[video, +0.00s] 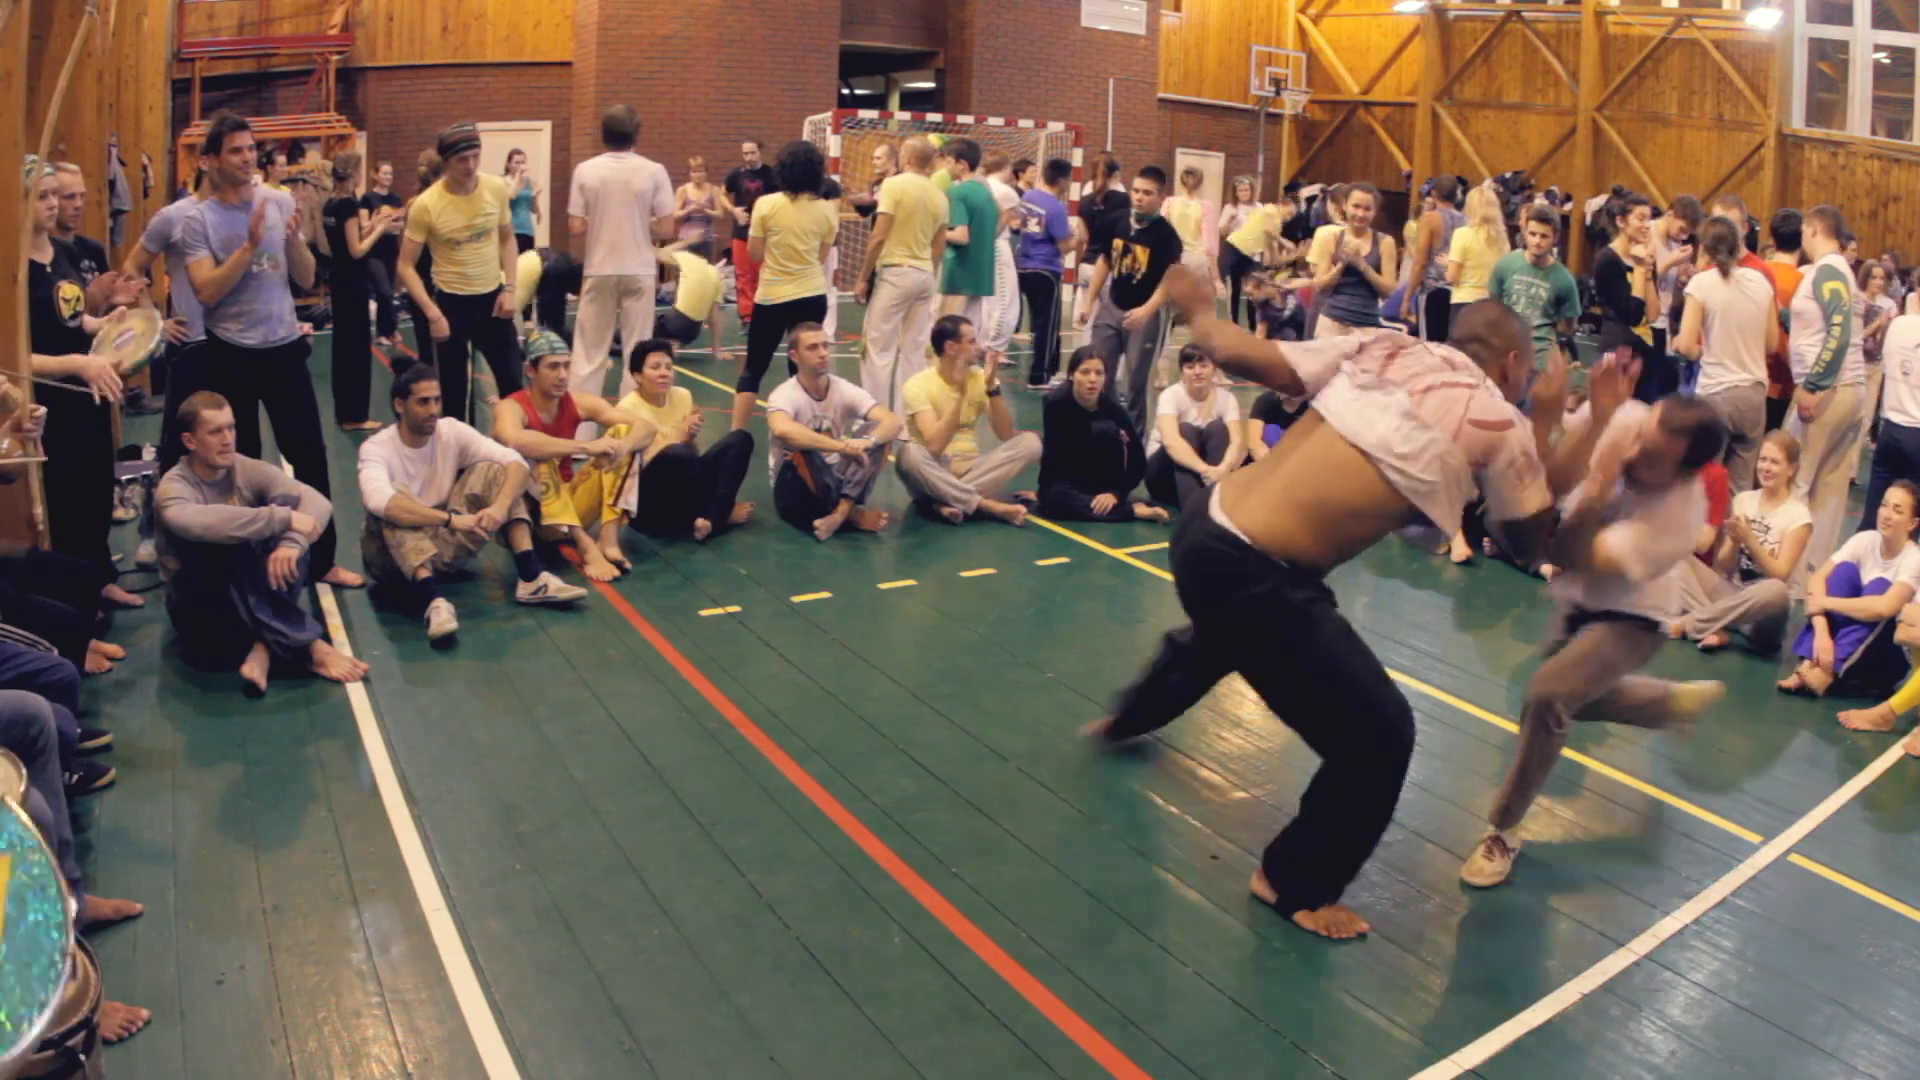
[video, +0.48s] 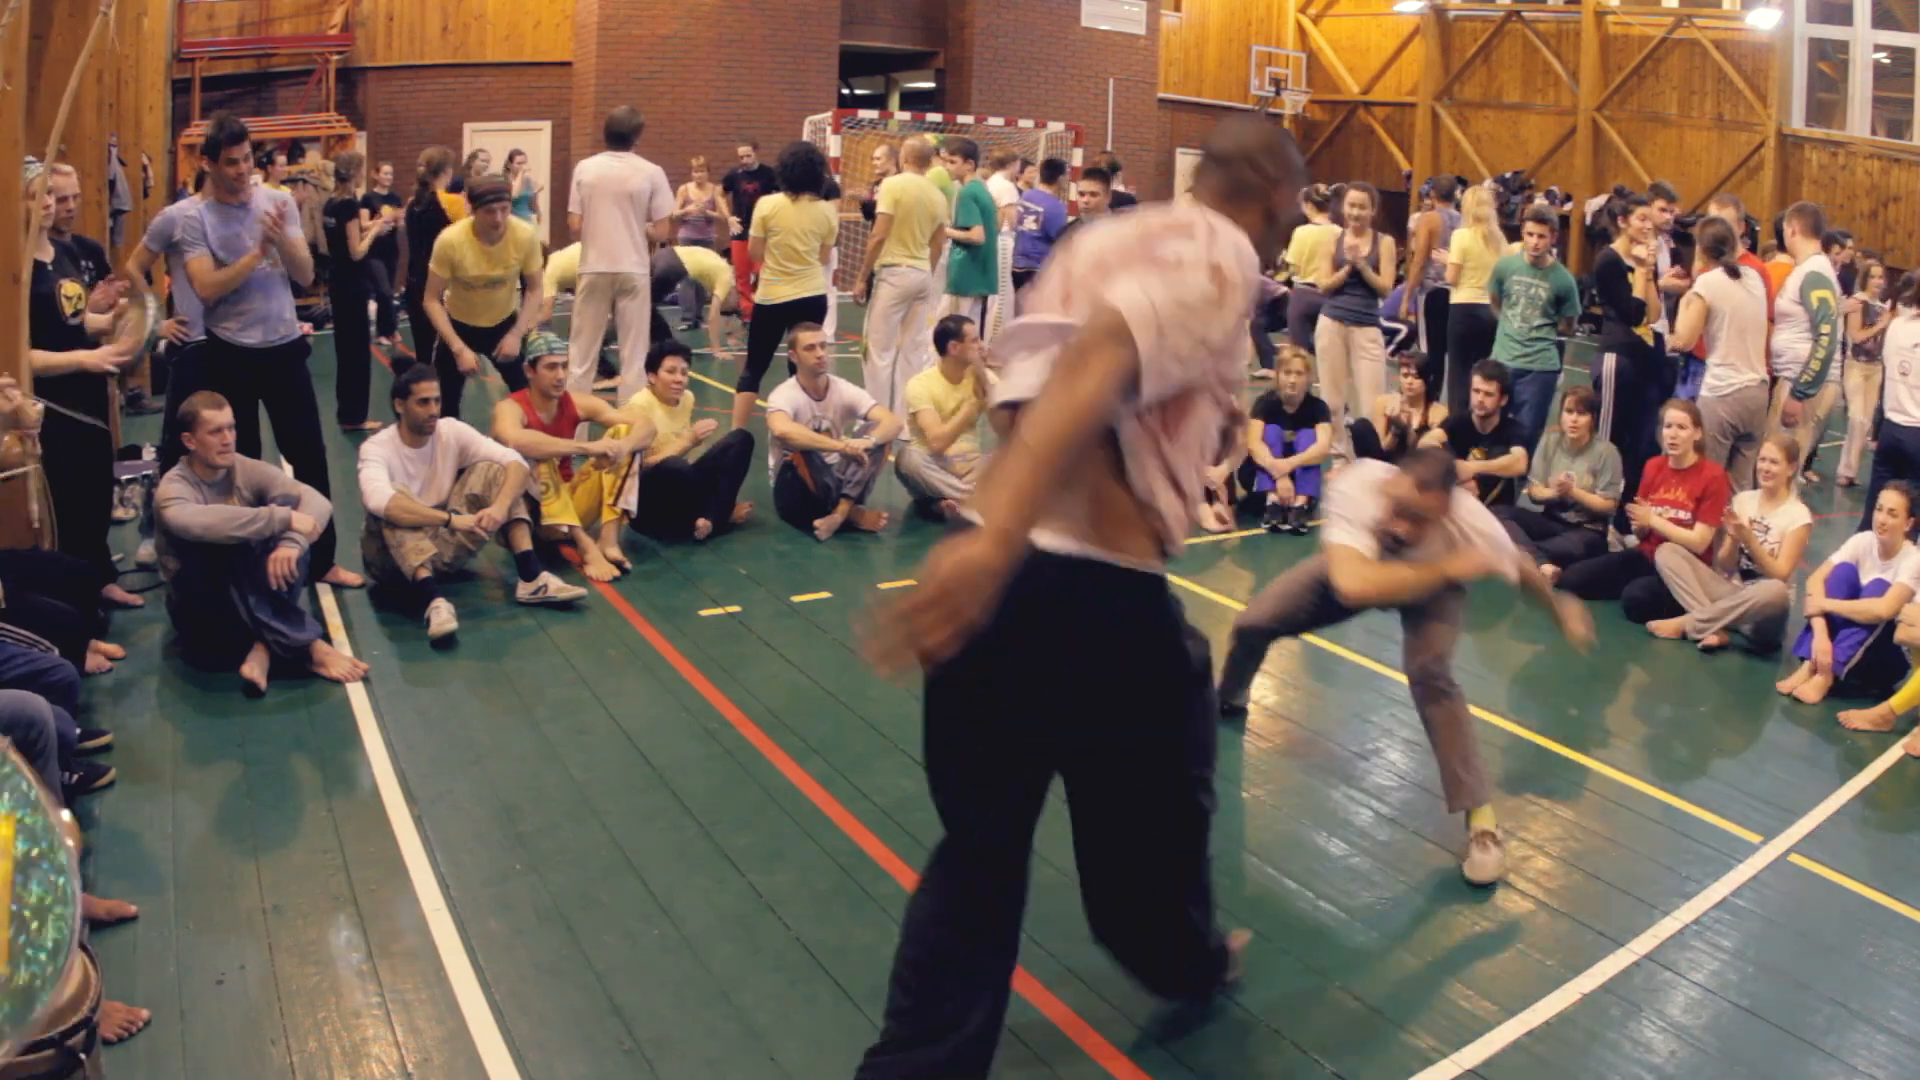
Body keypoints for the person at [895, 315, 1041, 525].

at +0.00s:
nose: (979, 348)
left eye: (976, 341)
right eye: (972, 342)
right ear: (950, 348)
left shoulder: (980, 378)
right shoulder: (917, 386)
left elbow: (1005, 434)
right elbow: (934, 445)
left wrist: (993, 387)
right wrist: (959, 395)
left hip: (975, 466)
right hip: (937, 469)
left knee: (1031, 443)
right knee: (909, 454)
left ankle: (954, 503)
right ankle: (985, 505)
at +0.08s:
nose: (980, 347)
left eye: (978, 341)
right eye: (974, 342)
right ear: (952, 347)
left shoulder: (982, 378)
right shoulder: (918, 385)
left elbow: (1005, 435)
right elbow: (935, 445)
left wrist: (996, 387)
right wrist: (956, 397)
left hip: (973, 464)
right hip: (936, 466)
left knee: (1031, 445)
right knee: (908, 458)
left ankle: (955, 503)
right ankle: (984, 506)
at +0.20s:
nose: (981, 347)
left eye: (978, 341)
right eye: (974, 342)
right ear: (953, 348)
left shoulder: (986, 380)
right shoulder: (918, 386)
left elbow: (1005, 435)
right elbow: (937, 443)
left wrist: (985, 389)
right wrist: (970, 403)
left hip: (973, 464)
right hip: (935, 465)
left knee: (1031, 446)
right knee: (907, 459)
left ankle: (955, 503)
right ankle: (984, 506)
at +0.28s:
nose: (981, 348)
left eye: (979, 341)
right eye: (975, 342)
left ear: (957, 348)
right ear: (954, 348)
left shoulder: (985, 379)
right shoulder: (919, 385)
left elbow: (1007, 435)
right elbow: (936, 444)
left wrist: (992, 389)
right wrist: (961, 393)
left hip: (974, 464)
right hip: (936, 465)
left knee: (1031, 445)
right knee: (907, 459)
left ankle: (955, 503)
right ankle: (985, 506)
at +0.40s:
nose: (982, 346)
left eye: (979, 340)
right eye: (975, 341)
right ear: (954, 348)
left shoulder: (982, 377)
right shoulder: (919, 385)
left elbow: (1007, 433)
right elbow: (936, 444)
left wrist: (995, 384)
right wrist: (957, 397)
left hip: (975, 465)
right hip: (937, 468)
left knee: (1030, 444)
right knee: (908, 458)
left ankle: (958, 503)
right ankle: (983, 505)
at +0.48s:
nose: (981, 346)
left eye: (979, 340)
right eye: (974, 341)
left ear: (955, 348)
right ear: (954, 348)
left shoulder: (982, 377)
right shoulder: (919, 386)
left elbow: (1006, 431)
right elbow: (937, 442)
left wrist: (985, 380)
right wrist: (972, 405)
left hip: (974, 463)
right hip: (935, 464)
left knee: (1006, 458)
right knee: (908, 457)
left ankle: (964, 506)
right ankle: (976, 499)